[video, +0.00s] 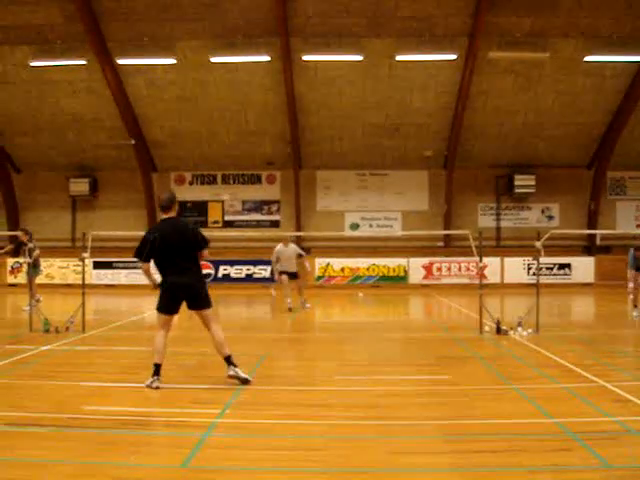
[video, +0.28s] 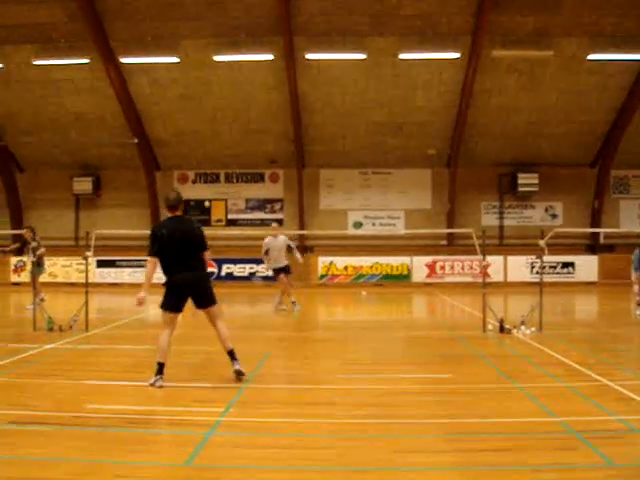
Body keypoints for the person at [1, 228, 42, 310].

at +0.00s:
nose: (20, 238)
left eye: (21, 236)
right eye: (19, 236)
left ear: (27, 236)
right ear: (20, 237)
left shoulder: (31, 245)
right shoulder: (21, 244)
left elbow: (37, 252)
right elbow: (11, 247)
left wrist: (31, 259)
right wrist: (3, 251)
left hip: (35, 266)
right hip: (30, 265)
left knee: (31, 283)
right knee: (30, 283)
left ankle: (31, 303)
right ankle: (36, 297)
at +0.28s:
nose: (26, 235)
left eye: (27, 233)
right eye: (25, 233)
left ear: (32, 234)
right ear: (24, 235)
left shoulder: (36, 243)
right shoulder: (26, 243)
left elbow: (42, 250)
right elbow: (17, 245)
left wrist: (37, 255)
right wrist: (8, 249)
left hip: (39, 265)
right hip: (34, 265)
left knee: (35, 283)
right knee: (34, 283)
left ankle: (35, 302)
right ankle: (40, 296)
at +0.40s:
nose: (33, 234)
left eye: (35, 231)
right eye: (32, 231)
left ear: (39, 232)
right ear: (31, 232)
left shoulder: (44, 240)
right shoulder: (32, 241)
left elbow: (52, 248)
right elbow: (24, 245)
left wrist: (44, 252)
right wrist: (14, 247)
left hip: (46, 263)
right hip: (40, 263)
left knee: (40, 280)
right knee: (39, 279)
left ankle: (41, 301)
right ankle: (47, 294)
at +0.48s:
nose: (41, 233)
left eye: (43, 231)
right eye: (41, 231)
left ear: (48, 232)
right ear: (41, 232)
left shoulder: (52, 241)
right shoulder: (43, 241)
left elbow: (61, 249)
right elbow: (36, 247)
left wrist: (51, 250)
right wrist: (26, 246)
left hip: (54, 264)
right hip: (49, 263)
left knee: (45, 280)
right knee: (45, 279)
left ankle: (47, 300)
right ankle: (54, 293)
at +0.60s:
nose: (50, 234)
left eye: (52, 232)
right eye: (50, 232)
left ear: (56, 233)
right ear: (49, 234)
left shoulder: (60, 242)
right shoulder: (50, 242)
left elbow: (66, 250)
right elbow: (44, 240)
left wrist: (56, 246)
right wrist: (39, 232)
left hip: (57, 264)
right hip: (50, 264)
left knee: (48, 279)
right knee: (46, 279)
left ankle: (49, 299)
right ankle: (54, 294)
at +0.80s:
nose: (52, 227)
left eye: (54, 225)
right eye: (51, 225)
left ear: (58, 226)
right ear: (51, 226)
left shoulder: (60, 236)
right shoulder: (50, 237)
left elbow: (68, 244)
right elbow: (41, 239)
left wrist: (61, 236)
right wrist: (34, 232)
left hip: (60, 257)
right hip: (53, 258)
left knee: (56, 274)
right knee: (52, 276)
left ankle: (58, 291)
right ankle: (52, 292)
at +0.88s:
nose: (53, 226)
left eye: (55, 224)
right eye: (52, 224)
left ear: (59, 225)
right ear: (52, 225)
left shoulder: (61, 234)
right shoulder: (50, 235)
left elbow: (69, 243)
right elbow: (43, 240)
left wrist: (62, 234)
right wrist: (35, 233)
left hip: (61, 256)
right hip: (54, 256)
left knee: (58, 274)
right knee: (54, 275)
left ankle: (60, 292)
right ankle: (54, 292)